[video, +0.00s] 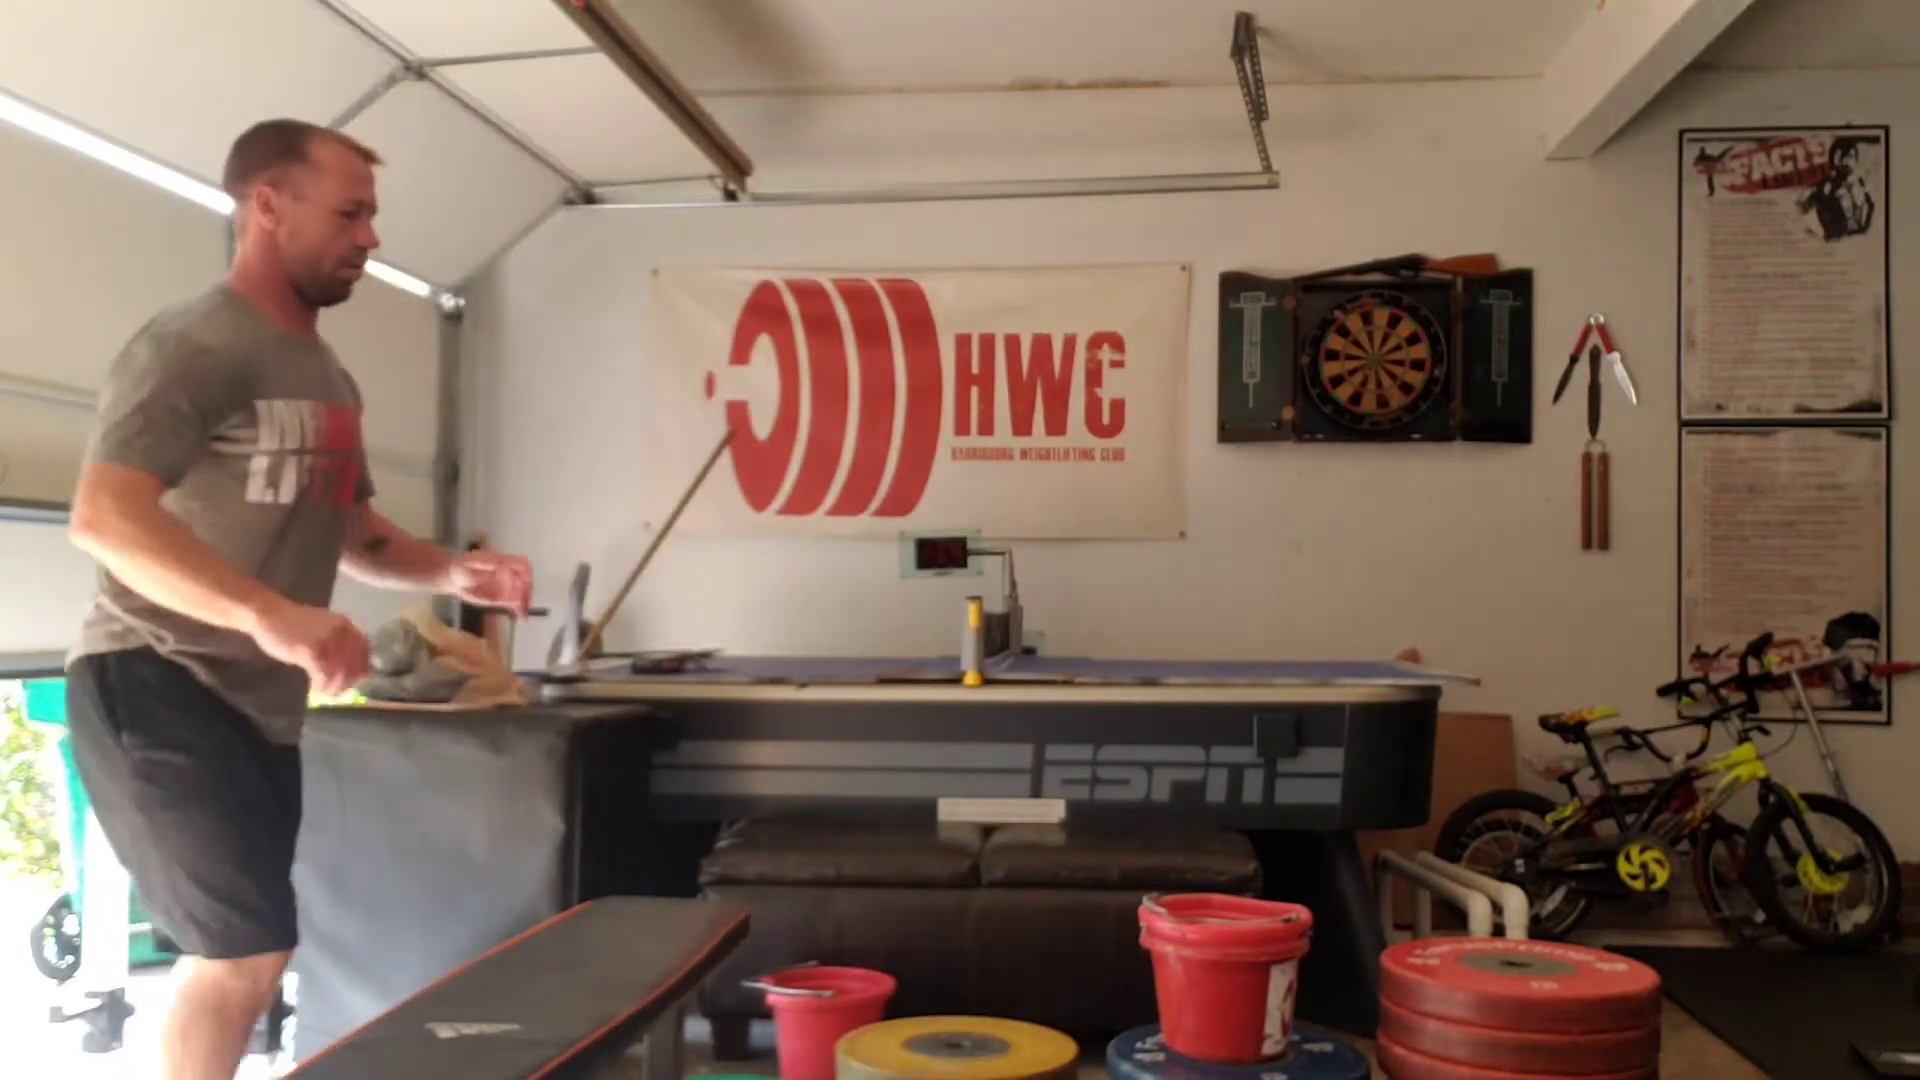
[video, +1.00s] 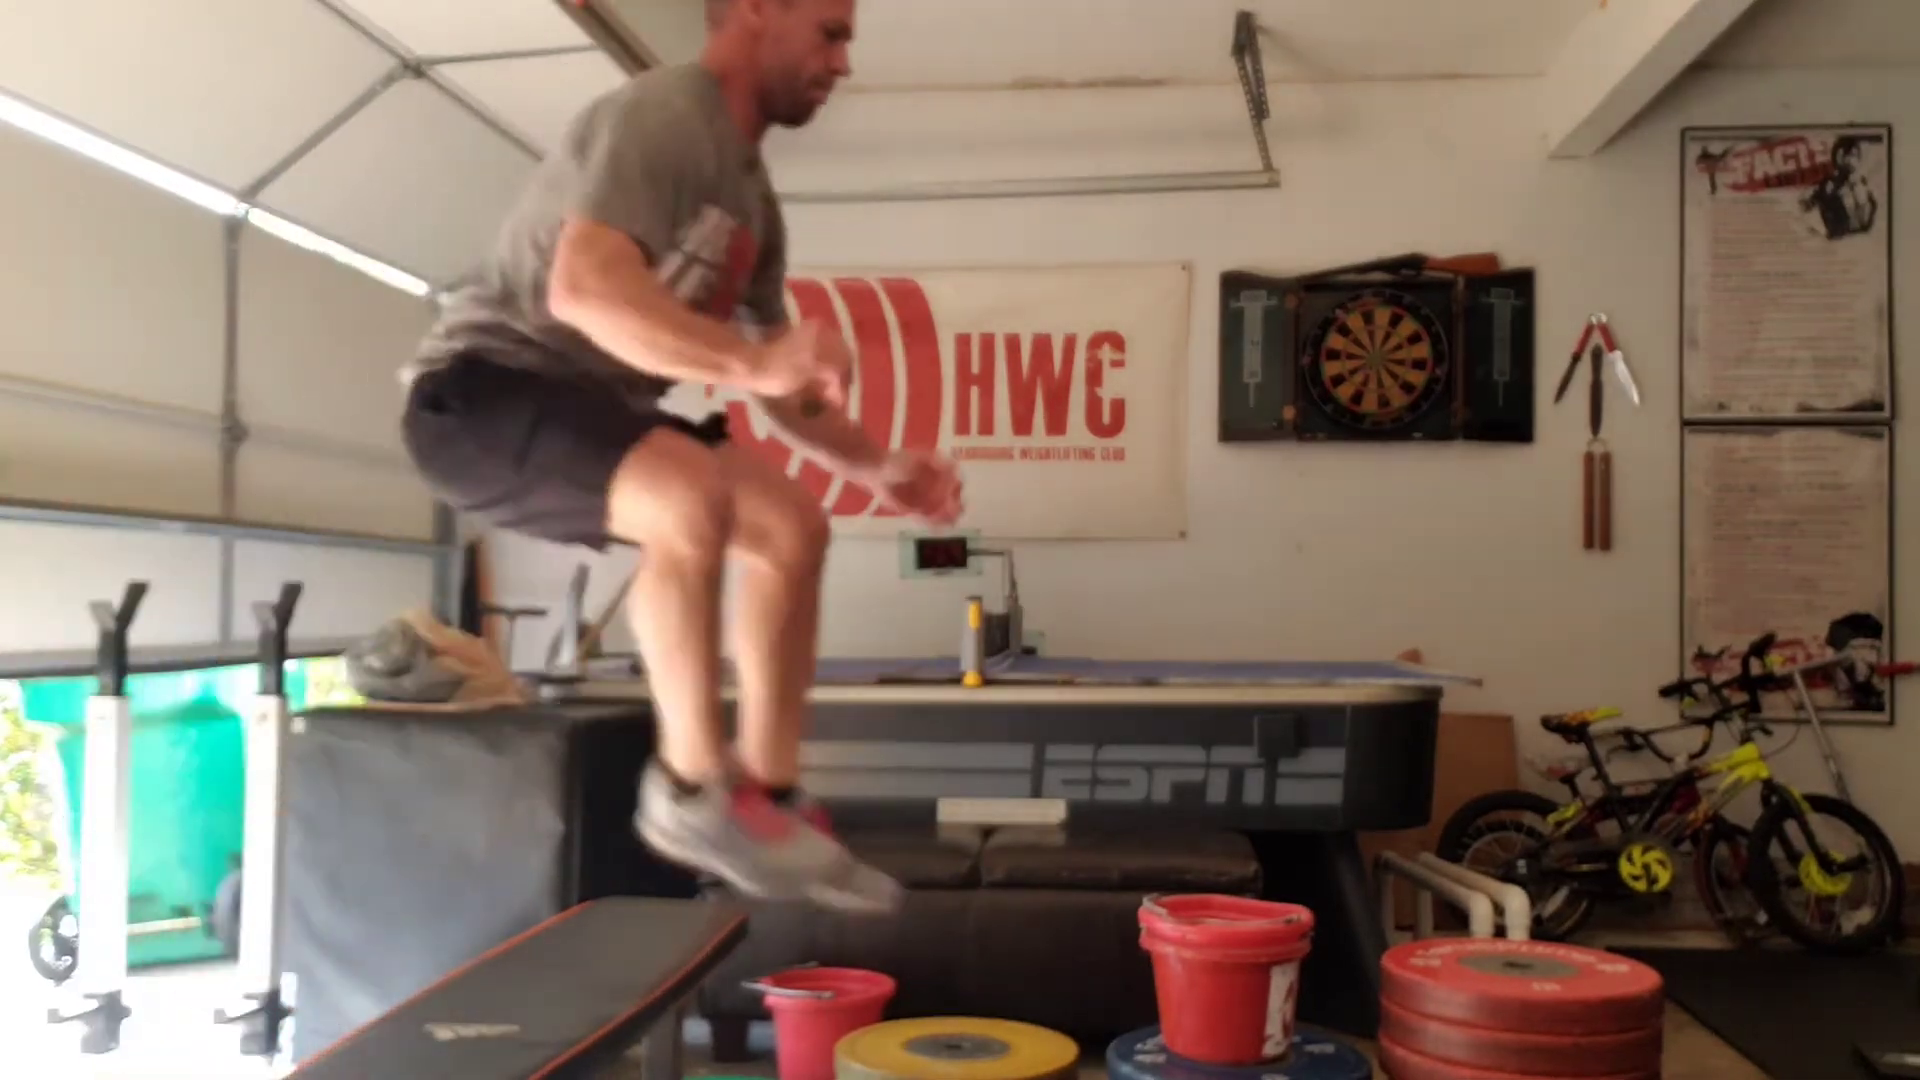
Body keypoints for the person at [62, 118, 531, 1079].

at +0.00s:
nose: (372, 237)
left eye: (373, 216)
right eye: (354, 211)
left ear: (283, 211)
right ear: (267, 206)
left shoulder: (327, 377)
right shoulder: (190, 342)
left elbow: (357, 532)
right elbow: (104, 511)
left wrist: (452, 569)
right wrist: (267, 612)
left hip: (257, 696)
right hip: (153, 680)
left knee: (250, 950)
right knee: (242, 945)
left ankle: (201, 1072)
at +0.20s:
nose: (411, 256)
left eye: (414, 235)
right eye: (395, 229)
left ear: (322, 226)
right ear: (312, 220)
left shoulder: (363, 385)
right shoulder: (220, 350)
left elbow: (370, 523)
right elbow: (46, 468)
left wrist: (437, 636)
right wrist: (58, 638)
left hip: (260, 728)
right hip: (148, 705)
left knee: (224, 981)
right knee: (154, 991)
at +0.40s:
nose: (489, 364)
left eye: (492, 341)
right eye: (469, 337)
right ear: (387, 331)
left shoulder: (424, 478)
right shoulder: (286, 445)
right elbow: (78, 478)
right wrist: (15, 662)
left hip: (252, 767)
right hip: (126, 748)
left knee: (329, 957)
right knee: (202, 1019)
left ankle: (229, 1078)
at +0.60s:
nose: (516, 380)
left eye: (515, 357)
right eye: (495, 354)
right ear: (412, 347)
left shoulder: (470, 509)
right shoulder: (343, 479)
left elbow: (525, 653)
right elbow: (420, 667)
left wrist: (622, 597)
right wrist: (573, 595)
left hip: (291, 780)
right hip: (168, 769)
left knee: (351, 1007)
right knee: (239, 1046)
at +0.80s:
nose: (672, 104)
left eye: (677, 85)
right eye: (659, 76)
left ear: (583, 59)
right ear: (577, 52)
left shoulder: (606, 201)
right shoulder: (494, 135)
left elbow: (717, 324)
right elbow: (566, 256)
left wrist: (788, 231)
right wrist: (722, 180)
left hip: (448, 489)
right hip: (354, 476)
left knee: (540, 730)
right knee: (426, 753)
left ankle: (294, 849)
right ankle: (228, 887)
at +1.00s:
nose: (843, 65)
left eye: (845, 42)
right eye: (831, 34)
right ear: (751, 15)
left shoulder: (754, 207)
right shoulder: (660, 113)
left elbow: (774, 382)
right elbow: (585, 289)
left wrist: (881, 468)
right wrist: (748, 361)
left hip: (584, 408)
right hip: (477, 389)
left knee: (788, 526)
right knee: (688, 501)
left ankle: (765, 804)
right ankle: (688, 787)